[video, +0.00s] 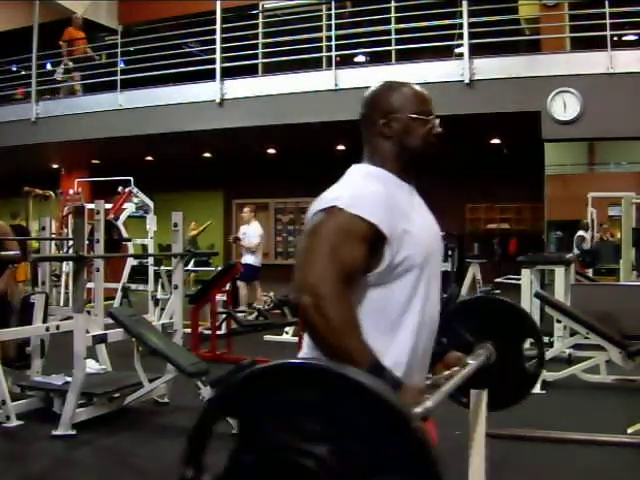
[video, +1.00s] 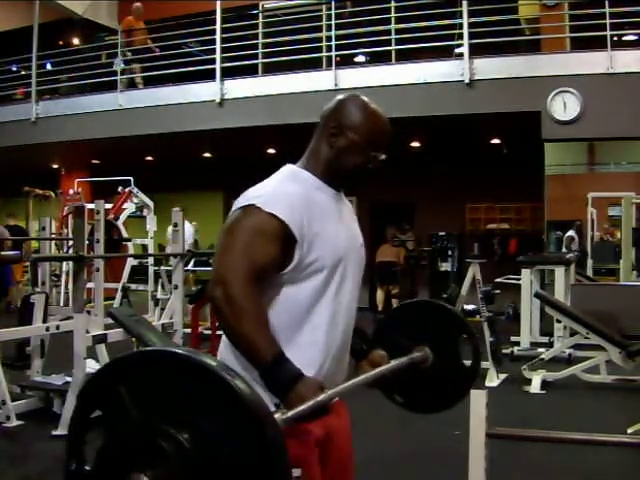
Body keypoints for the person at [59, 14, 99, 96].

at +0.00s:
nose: (79, 21)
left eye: (80, 19)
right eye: (77, 19)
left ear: (81, 20)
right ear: (73, 20)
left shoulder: (81, 33)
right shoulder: (69, 31)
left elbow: (85, 47)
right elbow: (64, 45)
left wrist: (93, 55)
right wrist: (65, 58)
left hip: (81, 58)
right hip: (72, 58)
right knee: (76, 77)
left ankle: (63, 93)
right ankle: (79, 93)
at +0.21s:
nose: (91, 18)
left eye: (91, 15)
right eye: (89, 15)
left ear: (92, 17)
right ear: (84, 16)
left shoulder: (92, 28)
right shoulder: (80, 27)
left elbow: (93, 43)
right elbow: (77, 42)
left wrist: (96, 52)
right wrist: (79, 54)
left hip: (93, 54)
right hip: (84, 54)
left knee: (93, 72)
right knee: (83, 72)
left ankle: (90, 89)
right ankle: (82, 90)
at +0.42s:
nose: (102, 18)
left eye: (103, 16)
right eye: (101, 16)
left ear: (105, 17)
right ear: (97, 16)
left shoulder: (104, 29)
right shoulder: (92, 26)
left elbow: (105, 41)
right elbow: (90, 41)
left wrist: (105, 50)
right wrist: (94, 51)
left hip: (102, 52)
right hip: (95, 52)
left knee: (105, 71)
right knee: (89, 71)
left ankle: (109, 89)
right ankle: (84, 90)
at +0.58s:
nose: (115, 17)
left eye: (115, 15)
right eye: (113, 15)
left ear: (115, 16)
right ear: (110, 16)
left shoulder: (115, 26)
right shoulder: (104, 26)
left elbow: (116, 40)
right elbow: (100, 40)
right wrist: (104, 50)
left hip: (114, 52)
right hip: (105, 51)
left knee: (116, 70)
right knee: (104, 69)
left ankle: (116, 88)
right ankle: (91, 89)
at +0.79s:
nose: (127, 13)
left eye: (128, 11)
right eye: (125, 11)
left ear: (130, 12)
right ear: (122, 11)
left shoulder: (129, 24)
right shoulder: (117, 22)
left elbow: (132, 41)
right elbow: (111, 35)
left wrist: (137, 52)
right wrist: (113, 47)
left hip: (128, 49)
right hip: (120, 50)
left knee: (125, 69)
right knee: (122, 68)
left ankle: (121, 87)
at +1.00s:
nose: (139, 12)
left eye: (140, 9)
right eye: (137, 9)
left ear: (142, 10)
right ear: (133, 10)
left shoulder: (141, 22)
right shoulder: (128, 20)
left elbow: (146, 38)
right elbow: (122, 34)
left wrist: (154, 48)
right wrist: (124, 48)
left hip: (140, 49)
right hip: (132, 48)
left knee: (128, 70)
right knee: (137, 69)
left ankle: (122, 87)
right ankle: (141, 88)